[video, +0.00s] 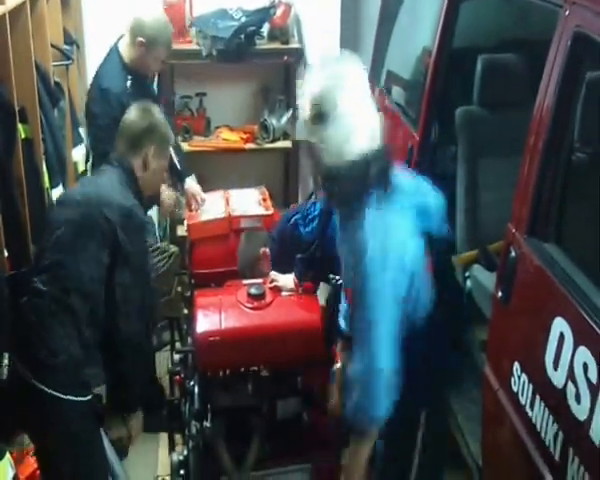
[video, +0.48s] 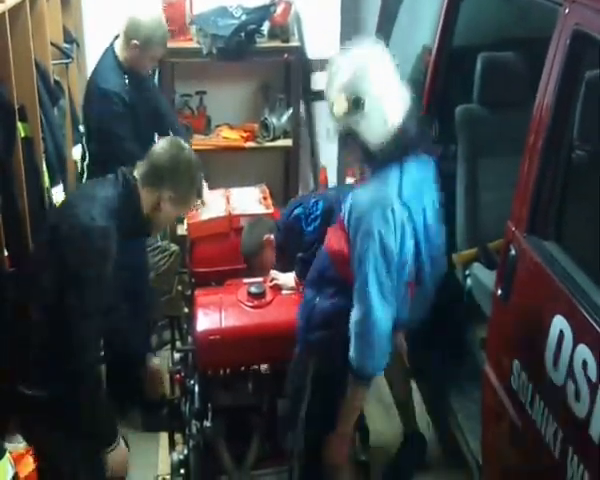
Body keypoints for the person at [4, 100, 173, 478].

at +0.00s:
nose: (165, 176)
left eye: (168, 165)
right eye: (165, 164)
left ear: (124, 152)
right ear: (147, 157)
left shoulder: (76, 194)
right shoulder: (125, 212)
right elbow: (131, 320)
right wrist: (131, 404)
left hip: (34, 370)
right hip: (72, 384)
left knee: (61, 471)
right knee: (89, 473)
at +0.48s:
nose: (174, 225)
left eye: (181, 218)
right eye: (178, 216)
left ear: (159, 194)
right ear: (161, 198)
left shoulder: (117, 207)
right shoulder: (94, 229)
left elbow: (123, 302)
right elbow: (84, 347)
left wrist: (141, 360)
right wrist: (108, 438)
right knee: (79, 471)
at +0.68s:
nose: (188, 225)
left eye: (193, 217)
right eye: (190, 215)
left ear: (170, 199)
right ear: (171, 203)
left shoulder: (129, 209)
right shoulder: (104, 223)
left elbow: (127, 309)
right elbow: (85, 334)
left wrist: (155, 362)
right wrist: (106, 426)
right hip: (50, 369)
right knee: (77, 468)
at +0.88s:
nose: (186, 204)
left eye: (190, 196)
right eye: (189, 194)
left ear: (165, 177)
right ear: (175, 182)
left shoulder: (120, 189)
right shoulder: (123, 206)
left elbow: (123, 294)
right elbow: (118, 302)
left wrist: (150, 355)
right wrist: (141, 372)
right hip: (67, 360)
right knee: (93, 461)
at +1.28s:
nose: (171, 224)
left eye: (176, 217)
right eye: (175, 214)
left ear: (150, 186)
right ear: (166, 196)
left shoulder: (122, 196)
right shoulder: (140, 200)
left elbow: (136, 294)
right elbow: (142, 291)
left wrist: (166, 356)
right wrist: (166, 359)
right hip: (78, 339)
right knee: (104, 450)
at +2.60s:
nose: (181, 231)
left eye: (187, 222)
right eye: (184, 216)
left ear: (166, 185)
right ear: (168, 187)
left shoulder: (126, 196)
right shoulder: (134, 204)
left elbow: (135, 302)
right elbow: (136, 301)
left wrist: (158, 365)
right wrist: (157, 368)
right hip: (63, 344)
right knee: (87, 454)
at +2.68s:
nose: (183, 232)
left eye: (190, 223)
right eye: (186, 217)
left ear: (167, 186)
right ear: (169, 188)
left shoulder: (125, 198)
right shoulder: (131, 209)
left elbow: (131, 301)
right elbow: (129, 302)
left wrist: (152, 369)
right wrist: (151, 372)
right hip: (61, 348)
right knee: (86, 456)